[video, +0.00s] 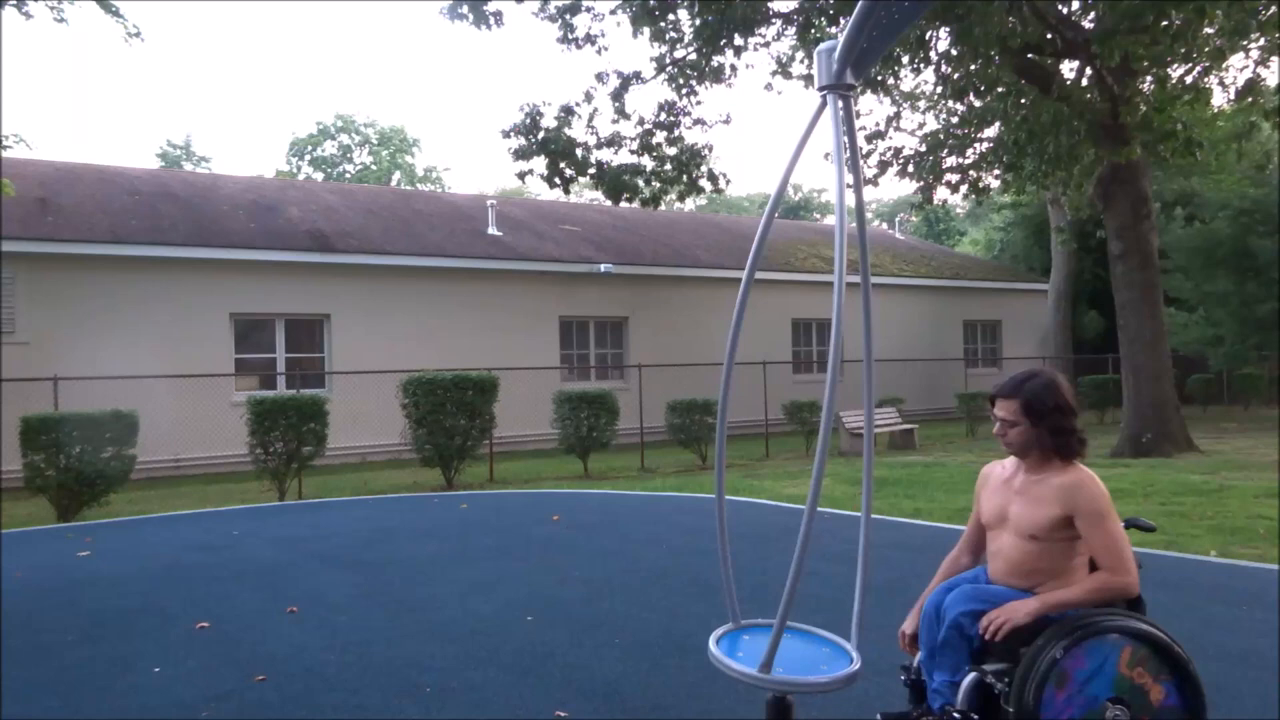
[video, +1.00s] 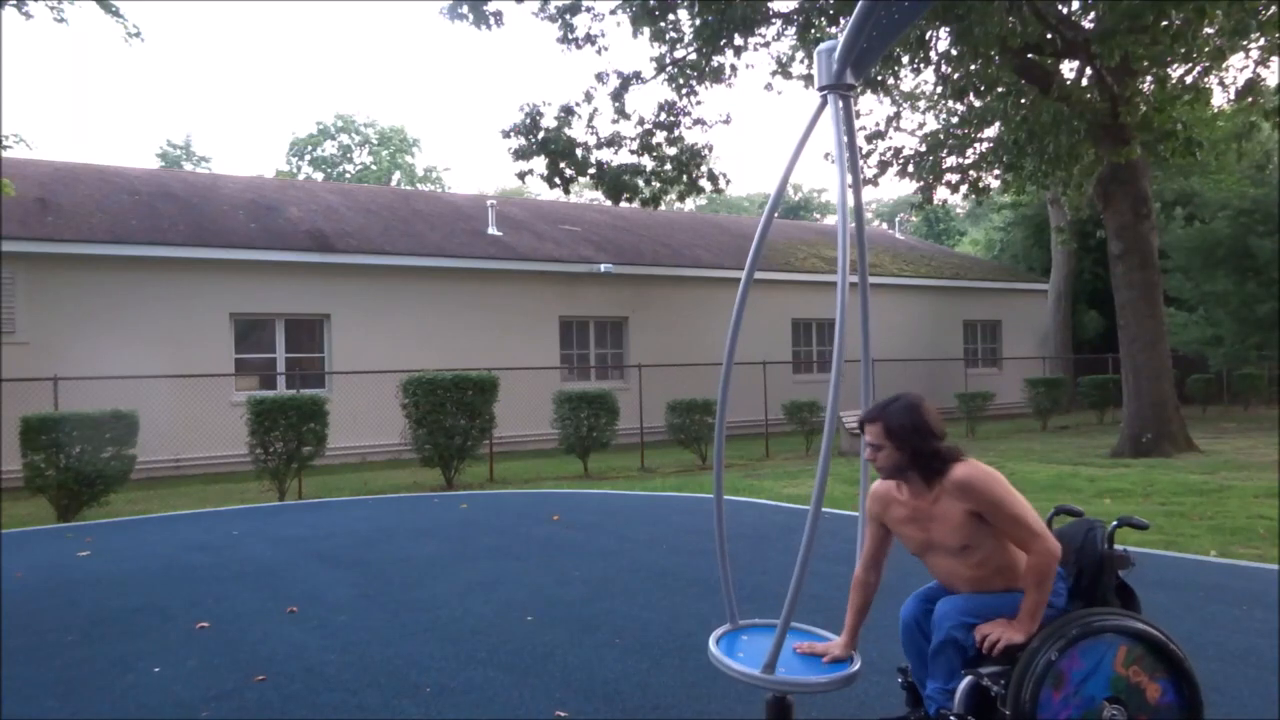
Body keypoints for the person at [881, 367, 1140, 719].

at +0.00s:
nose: (997, 431)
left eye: (1009, 425)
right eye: (996, 421)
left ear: (1043, 426)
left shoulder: (1080, 486)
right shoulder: (992, 474)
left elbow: (1123, 580)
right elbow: (966, 553)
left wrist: (1035, 604)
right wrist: (919, 609)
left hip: (1039, 598)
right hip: (989, 582)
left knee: (957, 610)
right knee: (937, 603)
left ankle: (945, 708)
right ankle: (933, 703)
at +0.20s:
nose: (994, 435)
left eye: (1006, 429)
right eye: (992, 425)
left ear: (1041, 428)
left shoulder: (1081, 484)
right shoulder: (985, 477)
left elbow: (1111, 582)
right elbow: (952, 546)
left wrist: (1027, 606)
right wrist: (898, 593)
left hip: (1051, 600)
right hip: (997, 583)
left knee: (961, 609)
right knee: (937, 603)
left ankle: (949, 708)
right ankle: (935, 703)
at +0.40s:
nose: (976, 440)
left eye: (987, 433)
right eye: (974, 430)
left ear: (1023, 432)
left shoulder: (1073, 480)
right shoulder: (967, 488)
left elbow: (1107, 579)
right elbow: (916, 552)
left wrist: (1033, 617)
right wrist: (856, 606)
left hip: (1053, 601)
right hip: (995, 585)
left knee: (968, 606)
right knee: (933, 607)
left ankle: (951, 707)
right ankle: (937, 705)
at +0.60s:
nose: (937, 451)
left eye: (948, 443)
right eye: (935, 441)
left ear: (983, 440)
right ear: (935, 439)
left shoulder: (1040, 478)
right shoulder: (934, 503)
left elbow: (1092, 564)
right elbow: (885, 571)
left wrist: (1034, 621)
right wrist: (841, 633)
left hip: (1059, 602)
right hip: (995, 597)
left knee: (968, 608)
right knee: (931, 608)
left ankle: (948, 708)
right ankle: (936, 705)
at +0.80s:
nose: (893, 462)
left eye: (902, 454)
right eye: (891, 452)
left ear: (936, 451)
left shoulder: (995, 481)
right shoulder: (901, 503)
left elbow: (1068, 556)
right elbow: (876, 573)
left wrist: (1028, 623)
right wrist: (847, 639)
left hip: (1047, 599)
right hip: (981, 594)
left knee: (961, 610)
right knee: (926, 609)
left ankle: (946, 710)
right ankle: (937, 707)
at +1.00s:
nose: (867, 457)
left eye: (876, 448)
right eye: (866, 447)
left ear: (907, 447)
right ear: (903, 449)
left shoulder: (969, 479)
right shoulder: (882, 497)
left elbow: (1045, 549)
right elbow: (867, 571)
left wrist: (1023, 624)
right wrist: (846, 641)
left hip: (1029, 594)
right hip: (966, 592)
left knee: (950, 615)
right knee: (914, 612)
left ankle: (942, 711)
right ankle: (935, 708)